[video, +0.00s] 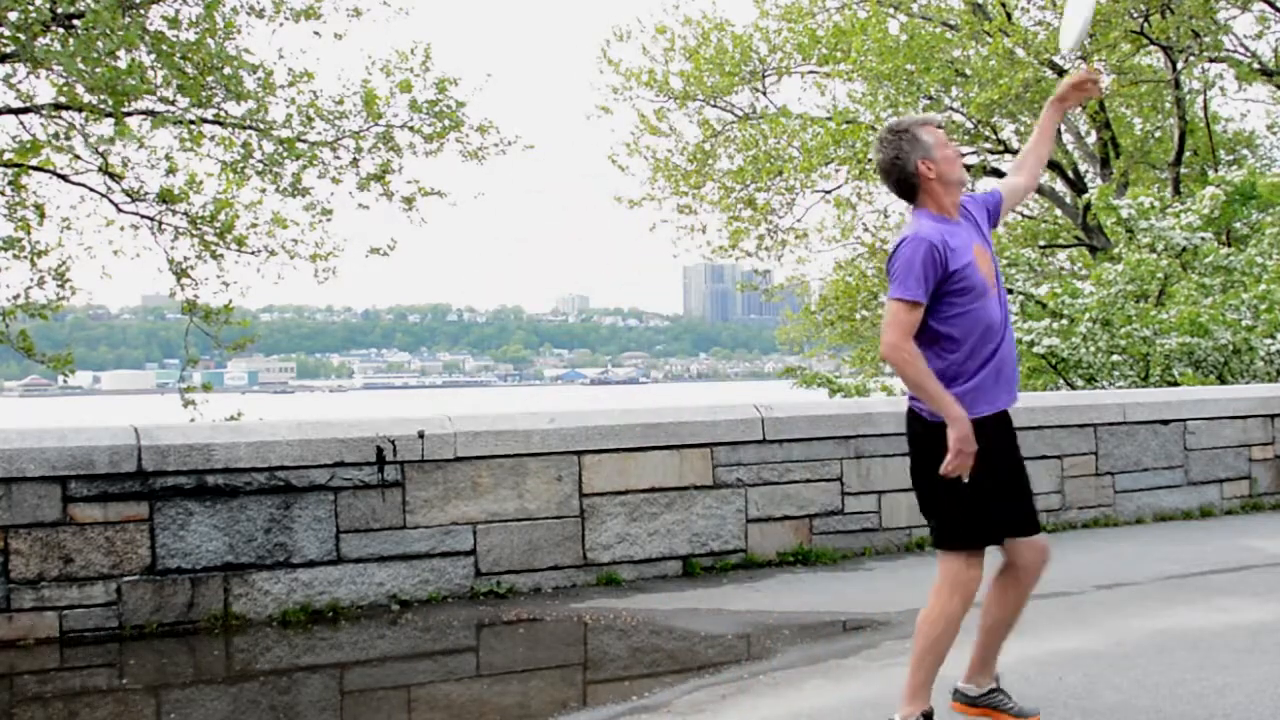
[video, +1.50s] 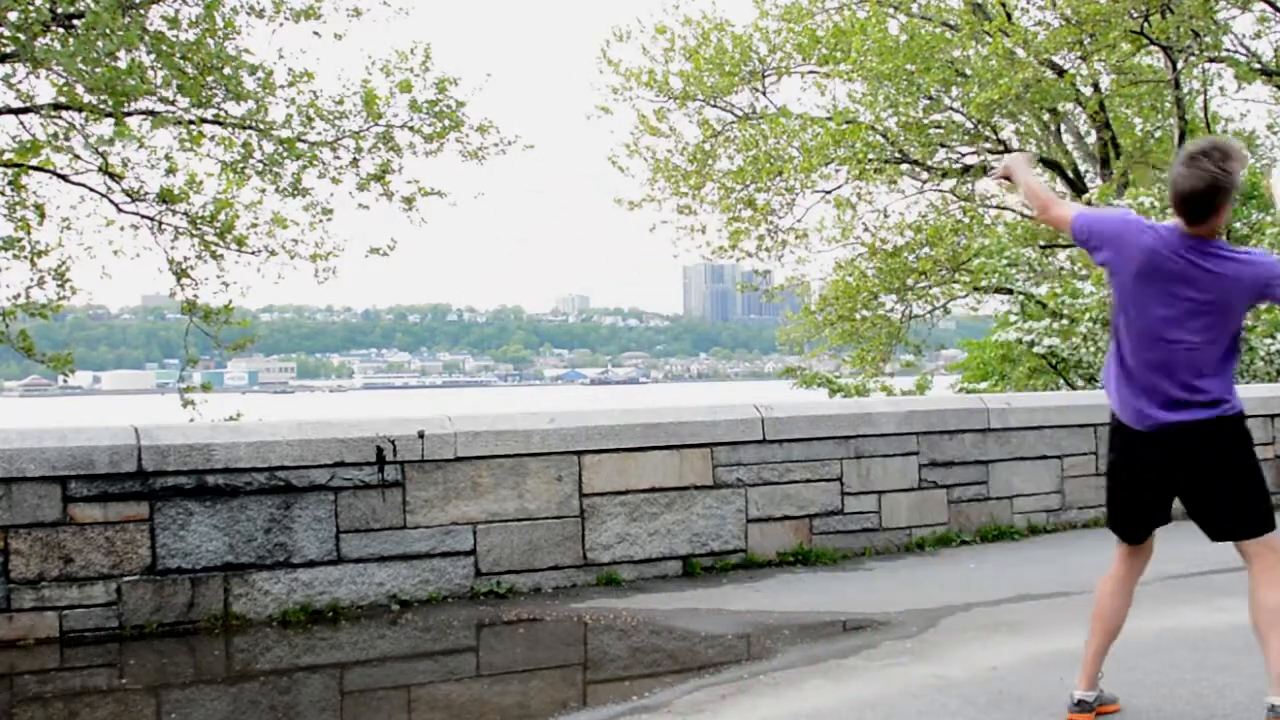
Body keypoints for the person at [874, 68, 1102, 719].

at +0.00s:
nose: (960, 149)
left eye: (952, 141)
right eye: (948, 143)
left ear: (931, 167)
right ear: (927, 167)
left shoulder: (974, 210)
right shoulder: (922, 243)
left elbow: (1024, 176)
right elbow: (895, 345)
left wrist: (1058, 104)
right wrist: (955, 417)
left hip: (990, 419)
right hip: (945, 427)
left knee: (1028, 557)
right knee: (959, 575)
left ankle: (978, 683)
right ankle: (911, 708)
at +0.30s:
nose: (984, 160)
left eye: (974, 154)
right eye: (974, 157)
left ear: (962, 182)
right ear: (960, 181)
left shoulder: (1005, 216)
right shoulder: (968, 246)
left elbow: (1033, 174)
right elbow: (981, 341)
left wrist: (1035, 103)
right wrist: (1078, 362)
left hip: (1039, 419)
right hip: (999, 428)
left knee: (1092, 550)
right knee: (990, 576)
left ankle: (1071, 686)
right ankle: (921, 708)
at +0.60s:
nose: (1017, 170)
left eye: (1007, 163)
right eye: (1002, 170)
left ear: (997, 194)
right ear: (983, 202)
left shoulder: (1036, 218)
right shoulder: (1016, 247)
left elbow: (1057, 166)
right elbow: (1088, 260)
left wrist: (1064, 106)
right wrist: (1104, 178)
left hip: (1107, 400)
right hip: (1092, 409)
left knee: (1116, 557)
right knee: (1129, 559)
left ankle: (1079, 686)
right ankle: (1079, 703)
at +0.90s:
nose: (1061, 179)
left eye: (1056, 170)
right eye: (1047, 182)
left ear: (1062, 168)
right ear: (1024, 210)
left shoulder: (1063, 218)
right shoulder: (1069, 252)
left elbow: (1064, 197)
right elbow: (1163, 293)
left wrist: (1074, 154)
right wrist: (1166, 238)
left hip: (1131, 407)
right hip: (1125, 413)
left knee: (1142, 558)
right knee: (1144, 562)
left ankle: (1096, 691)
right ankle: (1092, 706)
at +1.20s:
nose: (1147, 152)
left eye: (1138, 146)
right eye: (1136, 152)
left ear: (1106, 184)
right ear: (1118, 185)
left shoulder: (1067, 219)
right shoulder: (1169, 247)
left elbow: (1005, 193)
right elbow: (1246, 304)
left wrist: (982, 143)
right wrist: (1279, 263)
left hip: (1095, 412)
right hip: (1153, 413)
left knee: (1120, 554)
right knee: (1178, 558)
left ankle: (1083, 693)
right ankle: (1103, 696)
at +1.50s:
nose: (1236, 198)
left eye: (1232, 190)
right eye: (1236, 192)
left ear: (1172, 197)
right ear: (1227, 204)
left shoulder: (1128, 238)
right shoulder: (1250, 271)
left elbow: (1052, 211)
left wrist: (1021, 172)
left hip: (1136, 434)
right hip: (1213, 433)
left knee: (1129, 554)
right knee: (1264, 555)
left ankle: (1085, 687)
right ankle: (1278, 696)